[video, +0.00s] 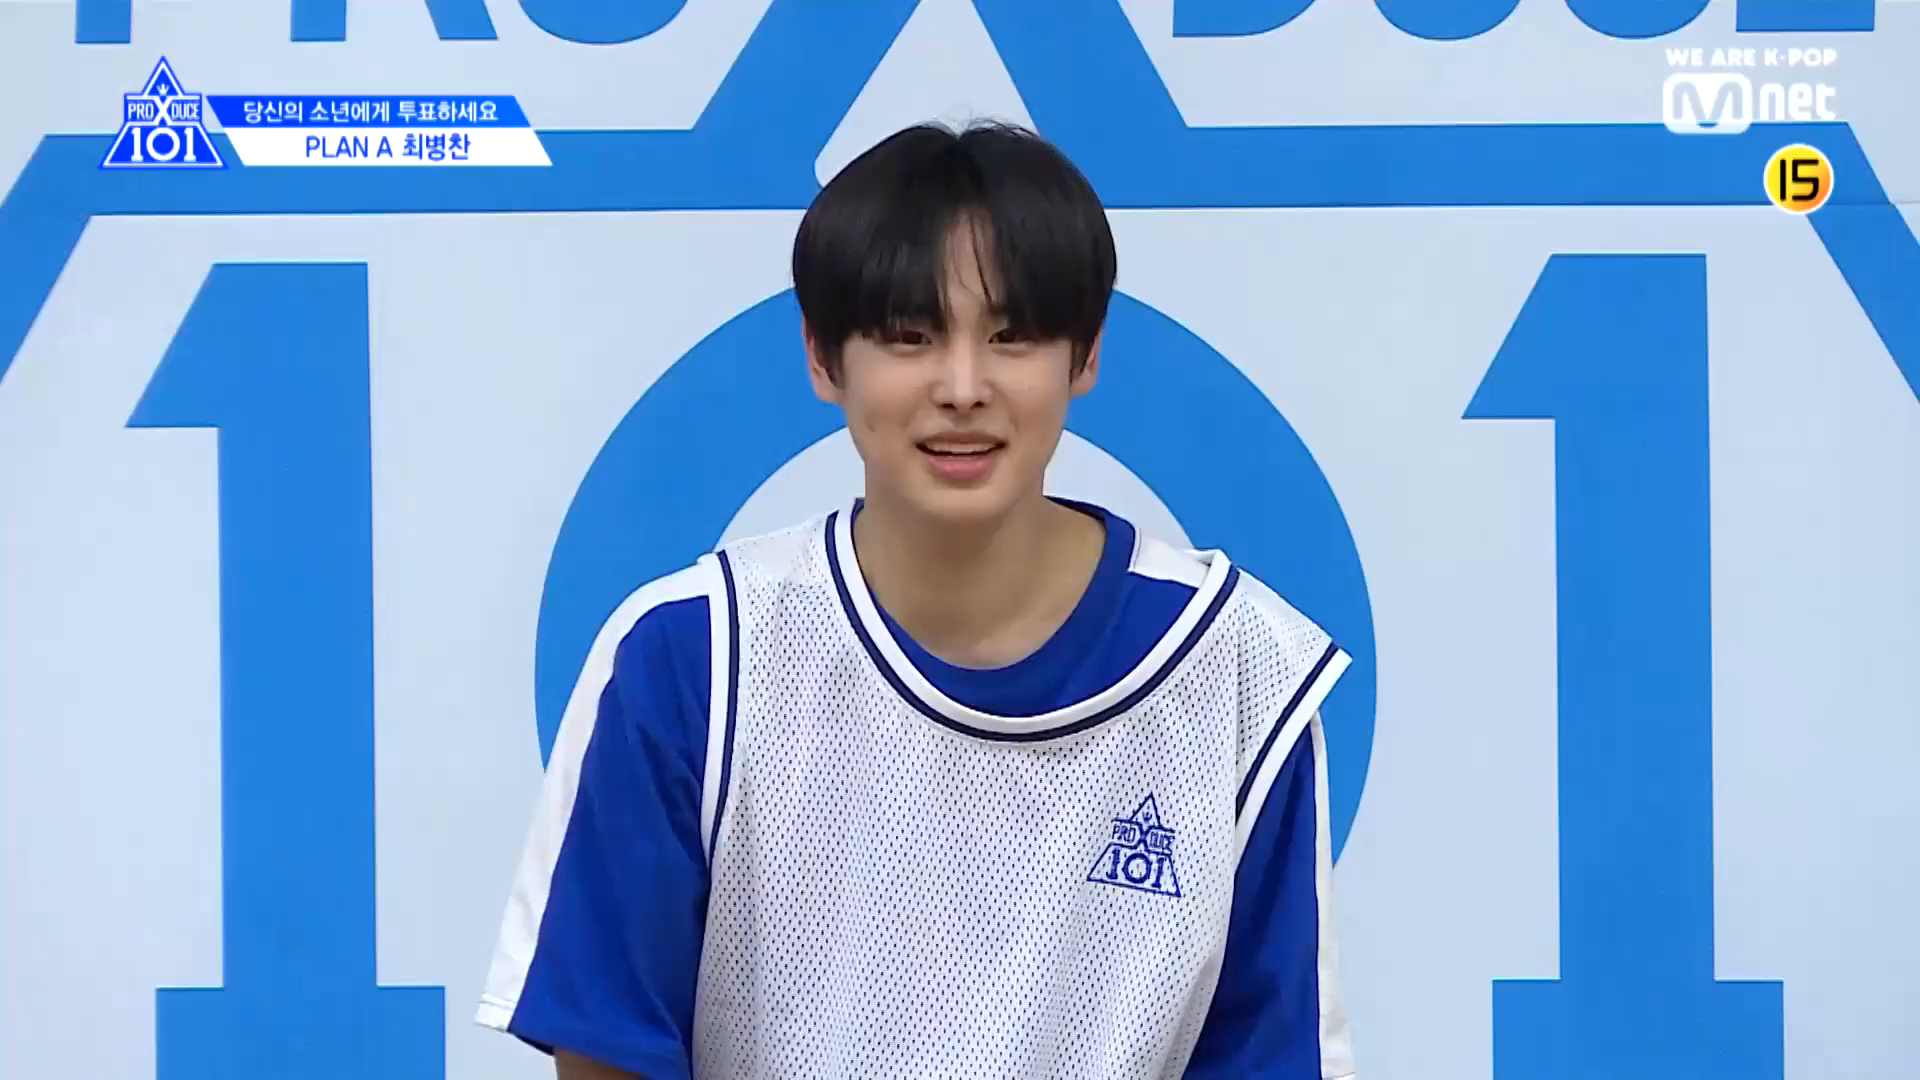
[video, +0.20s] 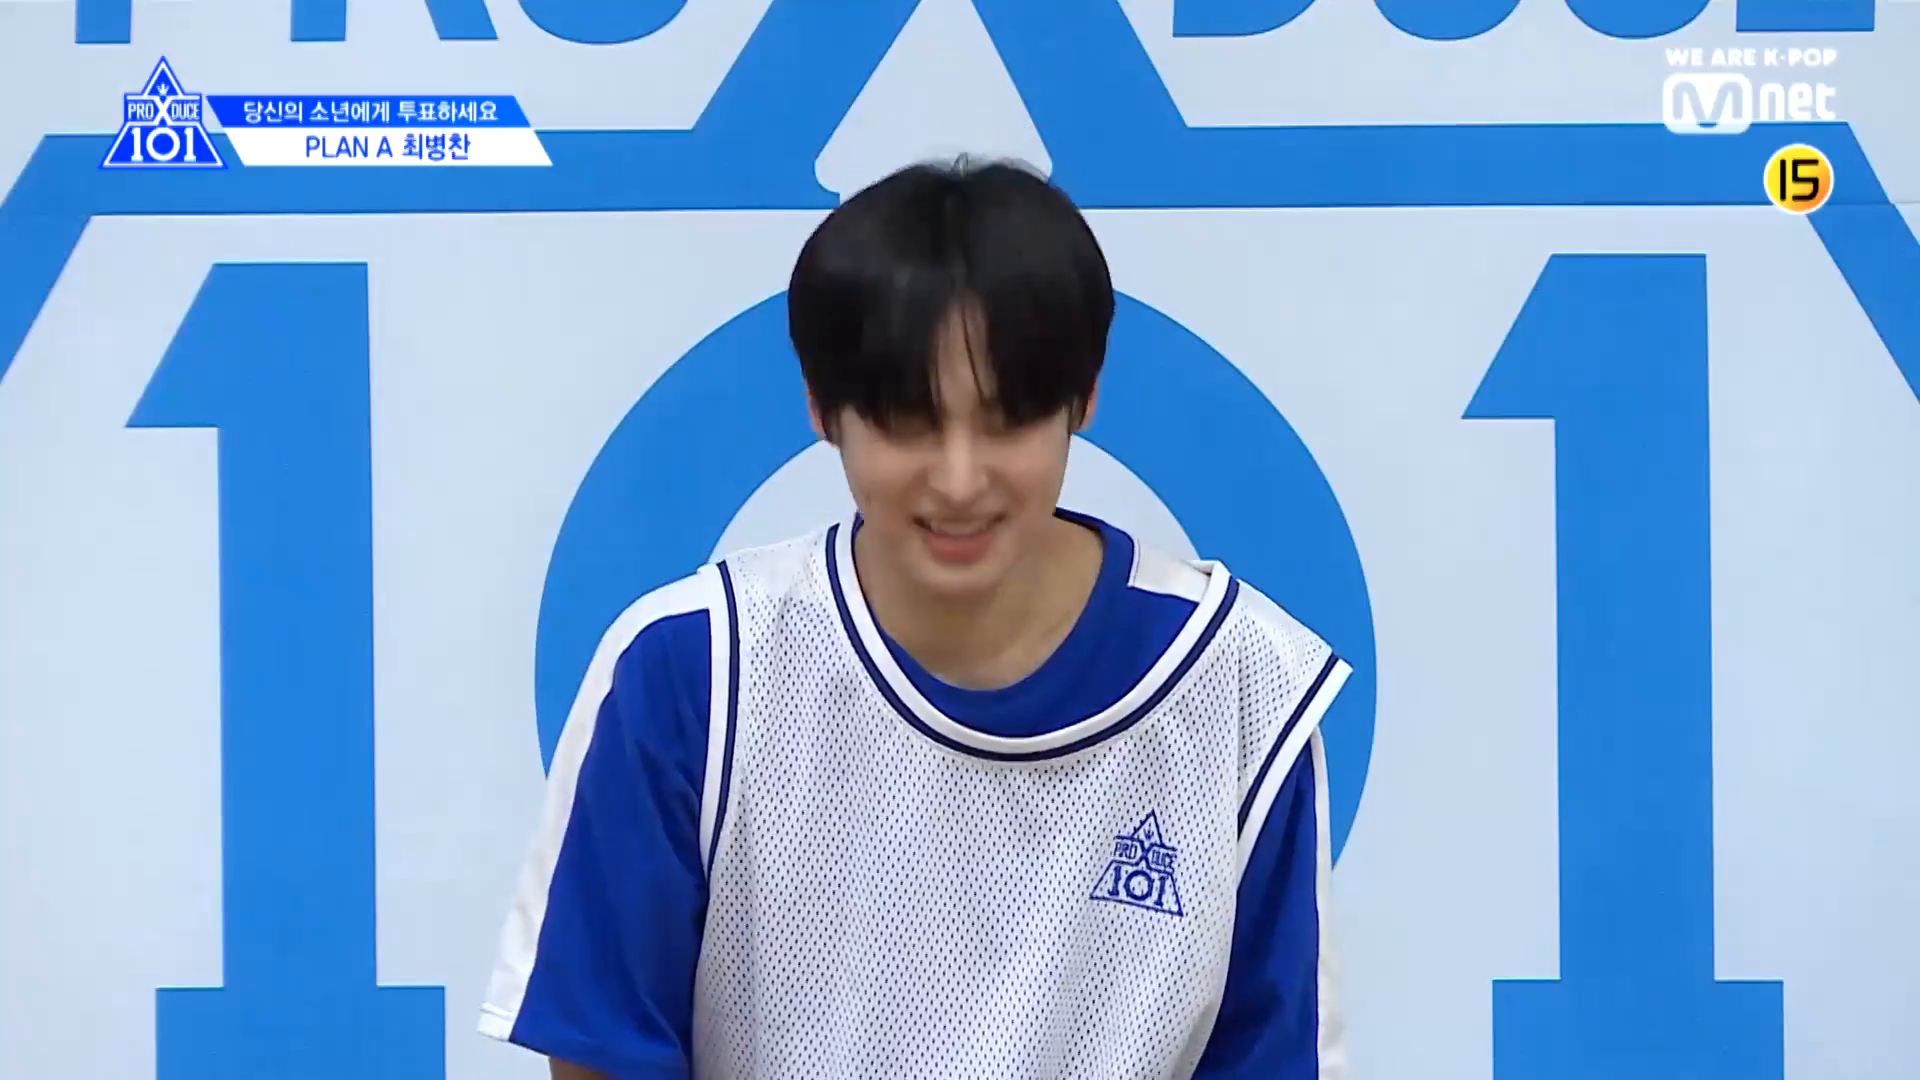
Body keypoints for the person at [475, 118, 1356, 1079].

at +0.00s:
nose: (963, 390)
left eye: (1011, 335)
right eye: (911, 334)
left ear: (1080, 359)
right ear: (829, 363)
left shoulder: (1246, 681)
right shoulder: (682, 662)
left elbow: (1265, 1057)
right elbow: (602, 1048)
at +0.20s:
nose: (960, 480)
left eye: (1012, 417)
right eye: (904, 420)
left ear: (1080, 401)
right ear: (828, 414)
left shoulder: (1248, 699)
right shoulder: (681, 676)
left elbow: (1265, 1059)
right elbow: (598, 1053)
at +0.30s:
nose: (966, 561)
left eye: (1017, 496)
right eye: (908, 500)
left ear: (1082, 453)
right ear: (832, 467)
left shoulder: (1249, 716)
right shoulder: (681, 688)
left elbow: (1271, 1059)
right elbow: (599, 1055)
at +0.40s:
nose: (971, 647)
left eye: (1024, 588)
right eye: (914, 591)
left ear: (1089, 525)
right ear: (843, 539)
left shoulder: (1254, 744)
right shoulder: (684, 716)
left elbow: (1277, 1063)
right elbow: (590, 1050)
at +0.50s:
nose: (981, 751)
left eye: (1034, 696)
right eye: (922, 702)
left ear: (1105, 614)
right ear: (850, 637)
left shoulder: (1259, 783)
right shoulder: (687, 756)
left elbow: (1285, 1057)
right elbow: (592, 1052)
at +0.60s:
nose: (988, 862)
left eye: (1036, 804)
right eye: (930, 814)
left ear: (1103, 724)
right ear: (857, 746)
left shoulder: (1268, 832)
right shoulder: (683, 813)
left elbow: (1301, 1064)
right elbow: (596, 1062)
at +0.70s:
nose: (995, 956)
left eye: (1039, 914)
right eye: (943, 918)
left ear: (1113, 821)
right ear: (857, 842)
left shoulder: (1275, 895)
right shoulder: (674, 869)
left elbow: (1309, 1072)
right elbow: (585, 1068)